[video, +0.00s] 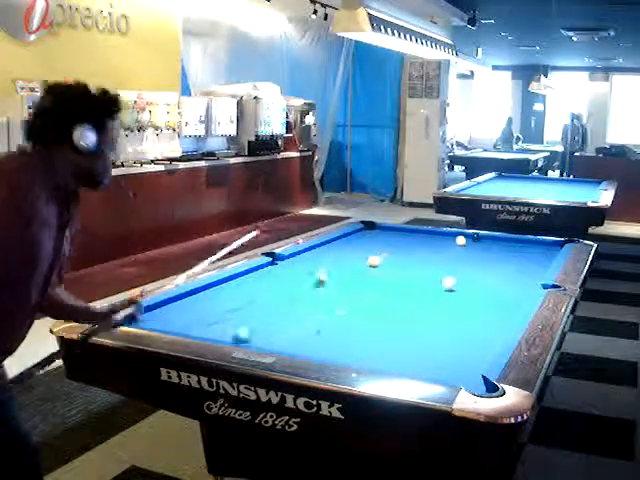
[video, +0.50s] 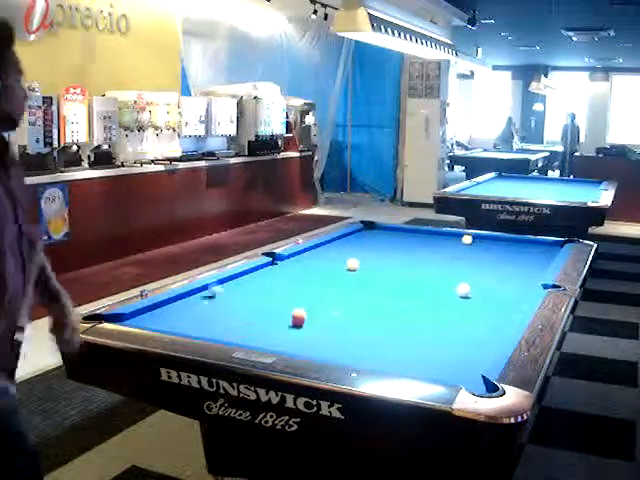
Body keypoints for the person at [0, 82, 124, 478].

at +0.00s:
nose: (116, 154)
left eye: (114, 142)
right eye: (110, 142)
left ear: (80, 140)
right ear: (81, 140)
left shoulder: (61, 193)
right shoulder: (16, 190)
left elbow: (41, 293)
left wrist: (97, 315)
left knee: (21, 455)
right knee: (21, 457)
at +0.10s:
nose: (98, 135)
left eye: (97, 123)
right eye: (93, 122)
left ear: (66, 124)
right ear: (63, 122)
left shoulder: (47, 182)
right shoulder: (10, 181)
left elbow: (18, 277)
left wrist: (65, 316)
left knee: (20, 455)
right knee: (19, 457)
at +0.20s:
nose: (76, 118)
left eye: (75, 105)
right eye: (70, 104)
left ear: (40, 107)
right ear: (39, 106)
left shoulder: (32, 171)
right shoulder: (9, 173)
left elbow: (21, 263)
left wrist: (50, 310)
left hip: (0, 360)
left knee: (17, 453)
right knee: (19, 454)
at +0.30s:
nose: (57, 102)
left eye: (55, 92)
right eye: (48, 92)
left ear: (24, 98)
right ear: (14, 96)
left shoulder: (24, 169)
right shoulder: (4, 171)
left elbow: (29, 245)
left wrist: (41, 300)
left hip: (1, 355)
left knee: (15, 460)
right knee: (19, 461)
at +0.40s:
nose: (40, 93)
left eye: (36, 80)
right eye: (31, 80)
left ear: (18, 88)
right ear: (4, 89)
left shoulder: (17, 169)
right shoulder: (7, 171)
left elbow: (30, 243)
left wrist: (46, 291)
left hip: (4, 362)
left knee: (16, 459)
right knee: (19, 462)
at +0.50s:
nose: (25, 87)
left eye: (19, 73)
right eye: (14, 73)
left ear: (11, 82)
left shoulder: (10, 163)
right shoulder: (6, 164)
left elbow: (26, 242)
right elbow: (23, 241)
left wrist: (59, 301)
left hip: (6, 362)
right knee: (22, 466)